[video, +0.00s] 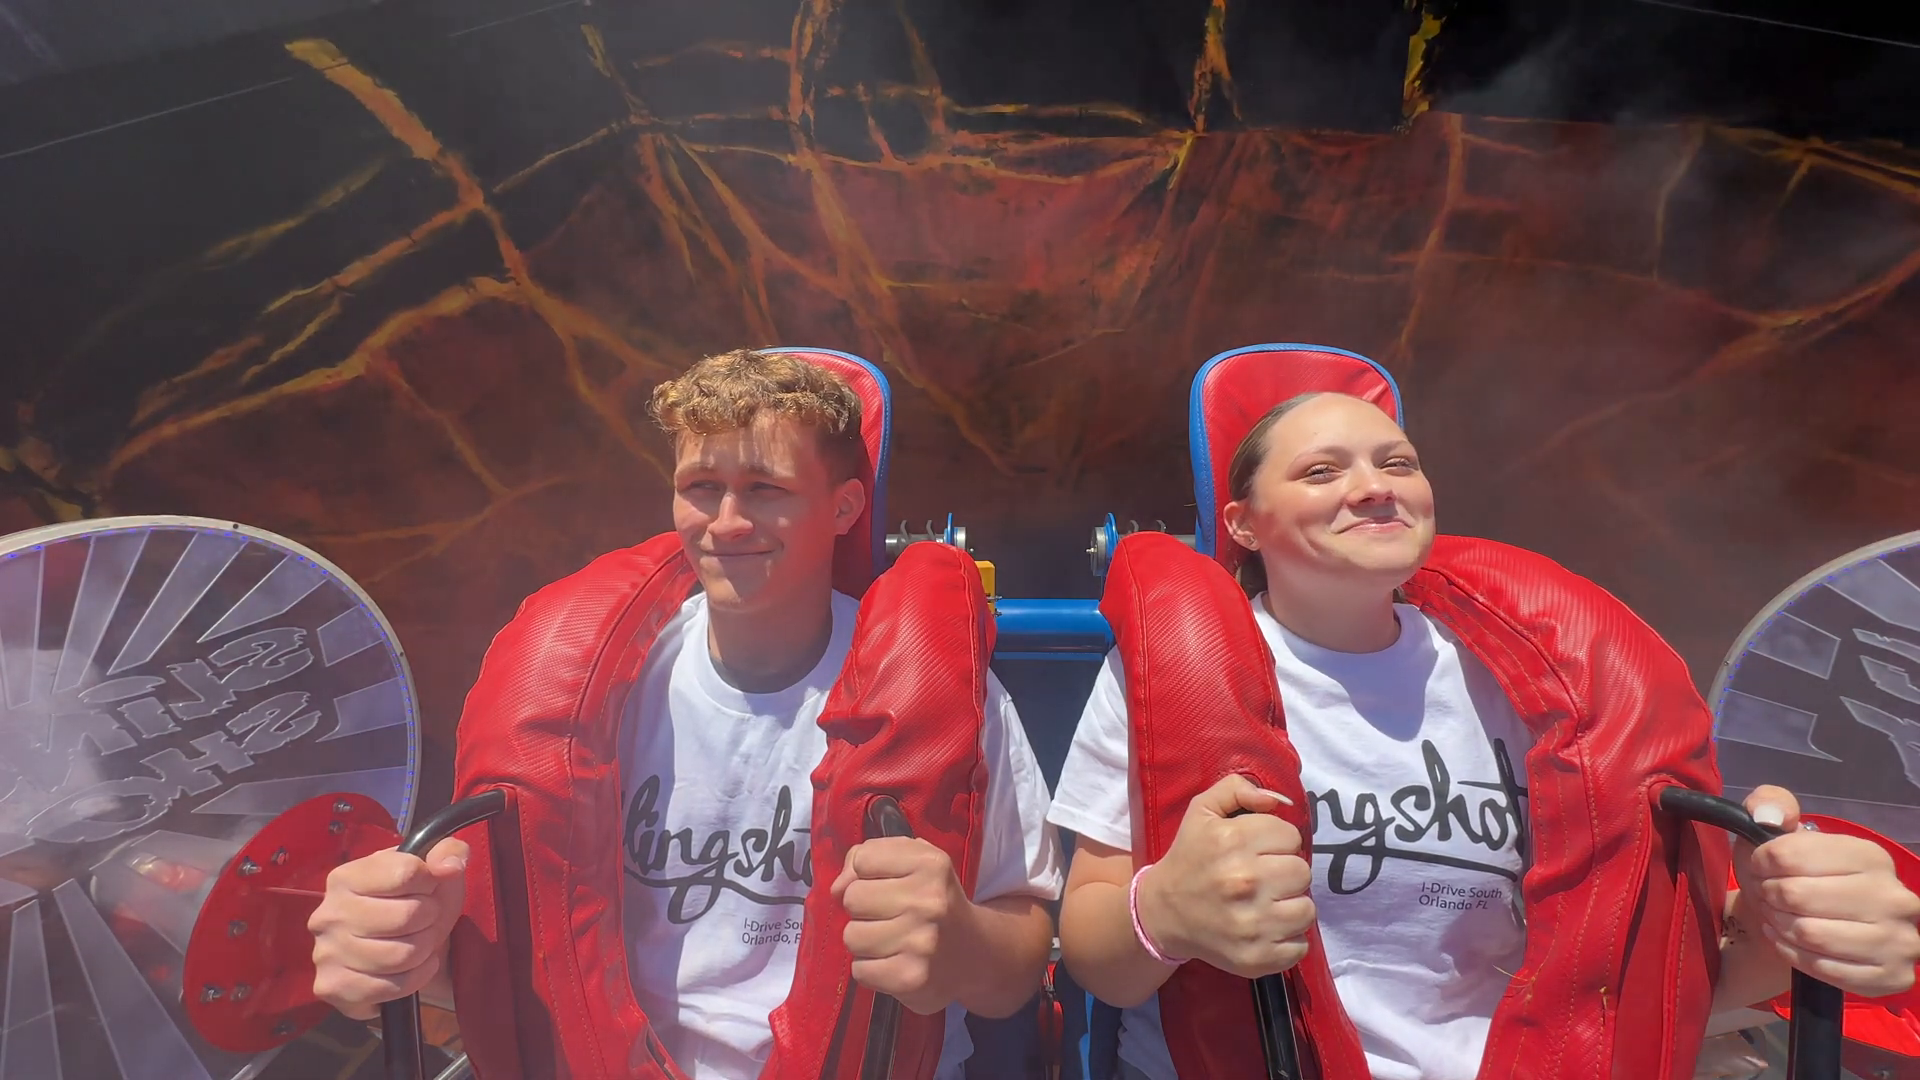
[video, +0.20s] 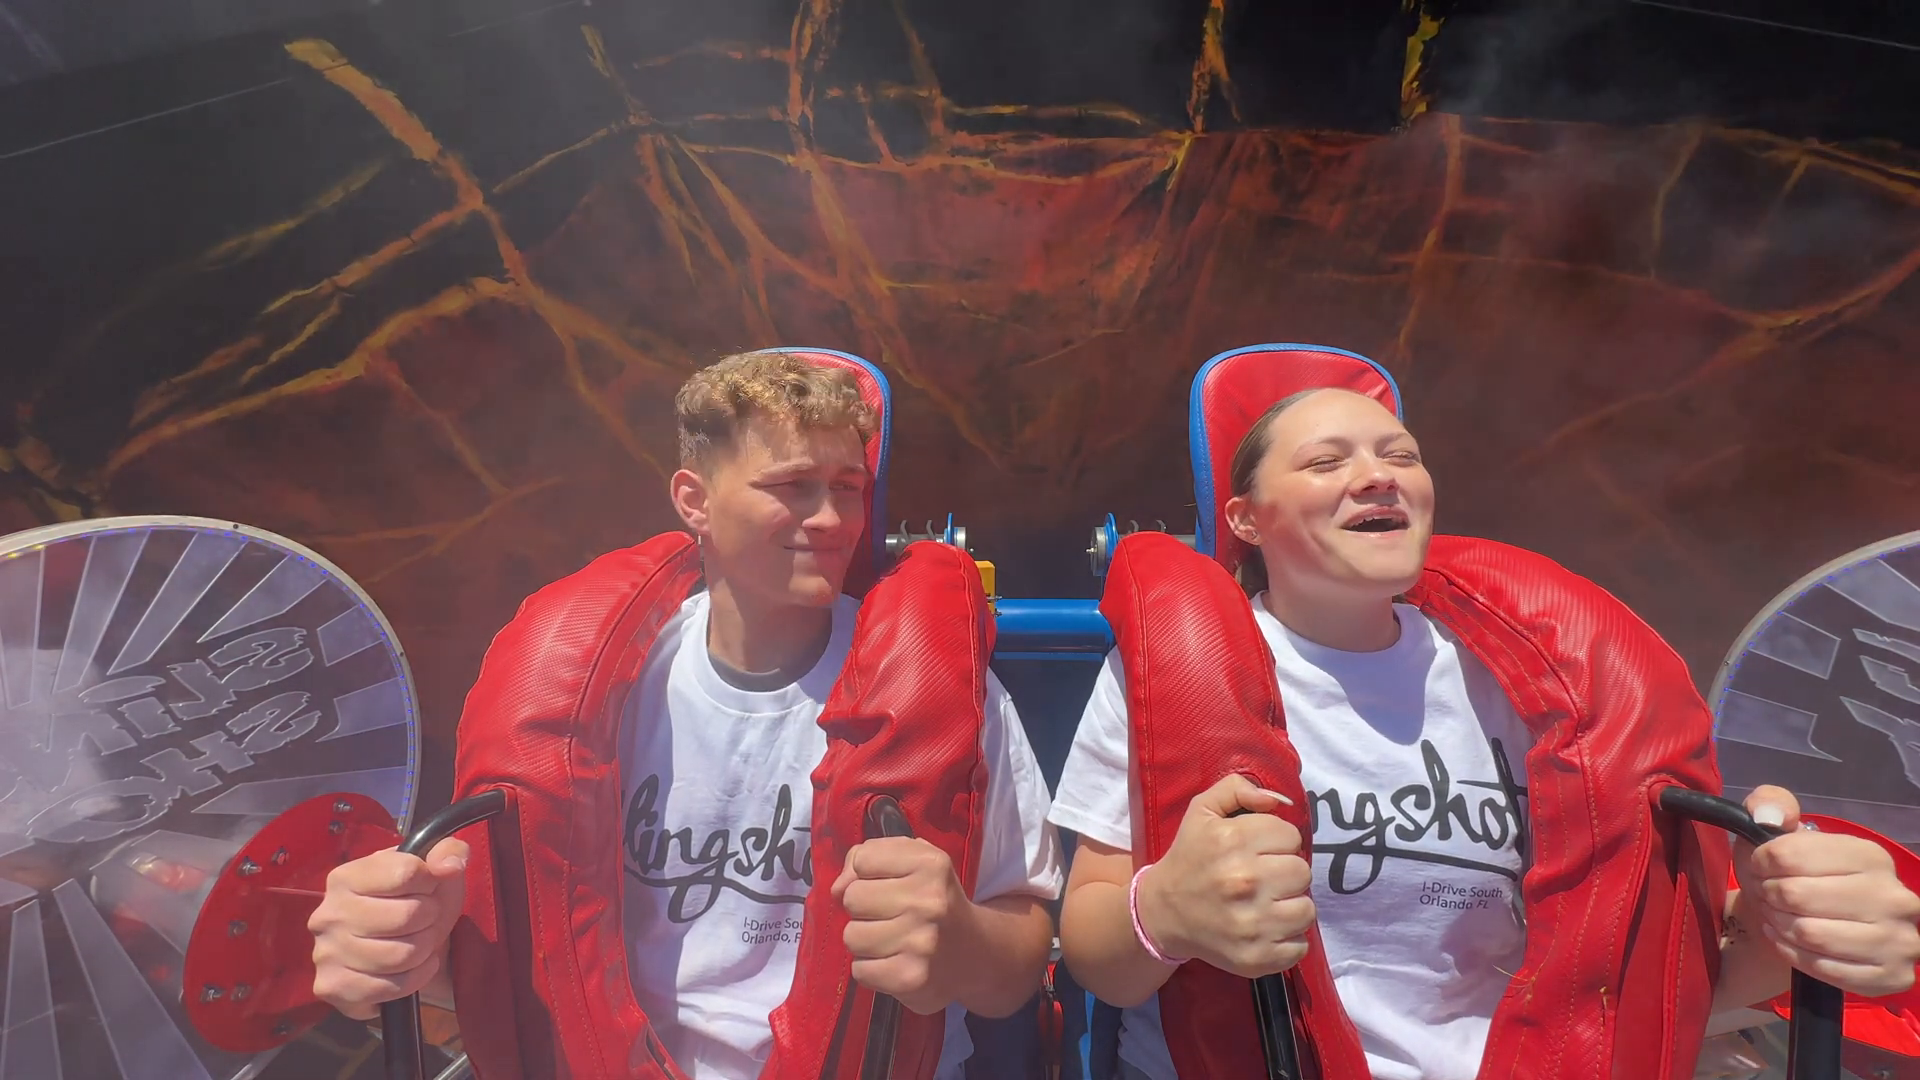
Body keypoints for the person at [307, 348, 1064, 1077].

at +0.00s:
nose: (727, 523)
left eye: (766, 491)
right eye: (702, 490)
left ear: (846, 507)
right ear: (673, 494)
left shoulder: (935, 688)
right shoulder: (586, 672)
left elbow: (1024, 959)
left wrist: (964, 948)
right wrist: (403, 943)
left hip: (837, 1063)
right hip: (614, 1058)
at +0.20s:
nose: (831, 522)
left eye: (850, 492)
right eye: (789, 487)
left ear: (873, 504)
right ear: (693, 499)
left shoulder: (937, 685)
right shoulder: (583, 671)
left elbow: (1024, 952)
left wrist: (965, 950)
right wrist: (411, 941)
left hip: (840, 1063)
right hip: (614, 1059)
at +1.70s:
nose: (737, 495)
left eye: (778, 465)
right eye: (710, 463)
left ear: (845, 500)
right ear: (674, 488)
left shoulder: (937, 688)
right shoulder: (582, 674)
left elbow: (1025, 960)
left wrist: (965, 949)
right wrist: (411, 947)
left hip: (841, 1063)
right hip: (617, 1058)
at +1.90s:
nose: (724, 463)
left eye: (770, 445)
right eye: (701, 443)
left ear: (841, 502)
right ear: (666, 490)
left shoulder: (938, 688)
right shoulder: (577, 678)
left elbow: (1025, 959)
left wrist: (964, 949)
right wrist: (411, 948)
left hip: (844, 1063)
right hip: (618, 1059)